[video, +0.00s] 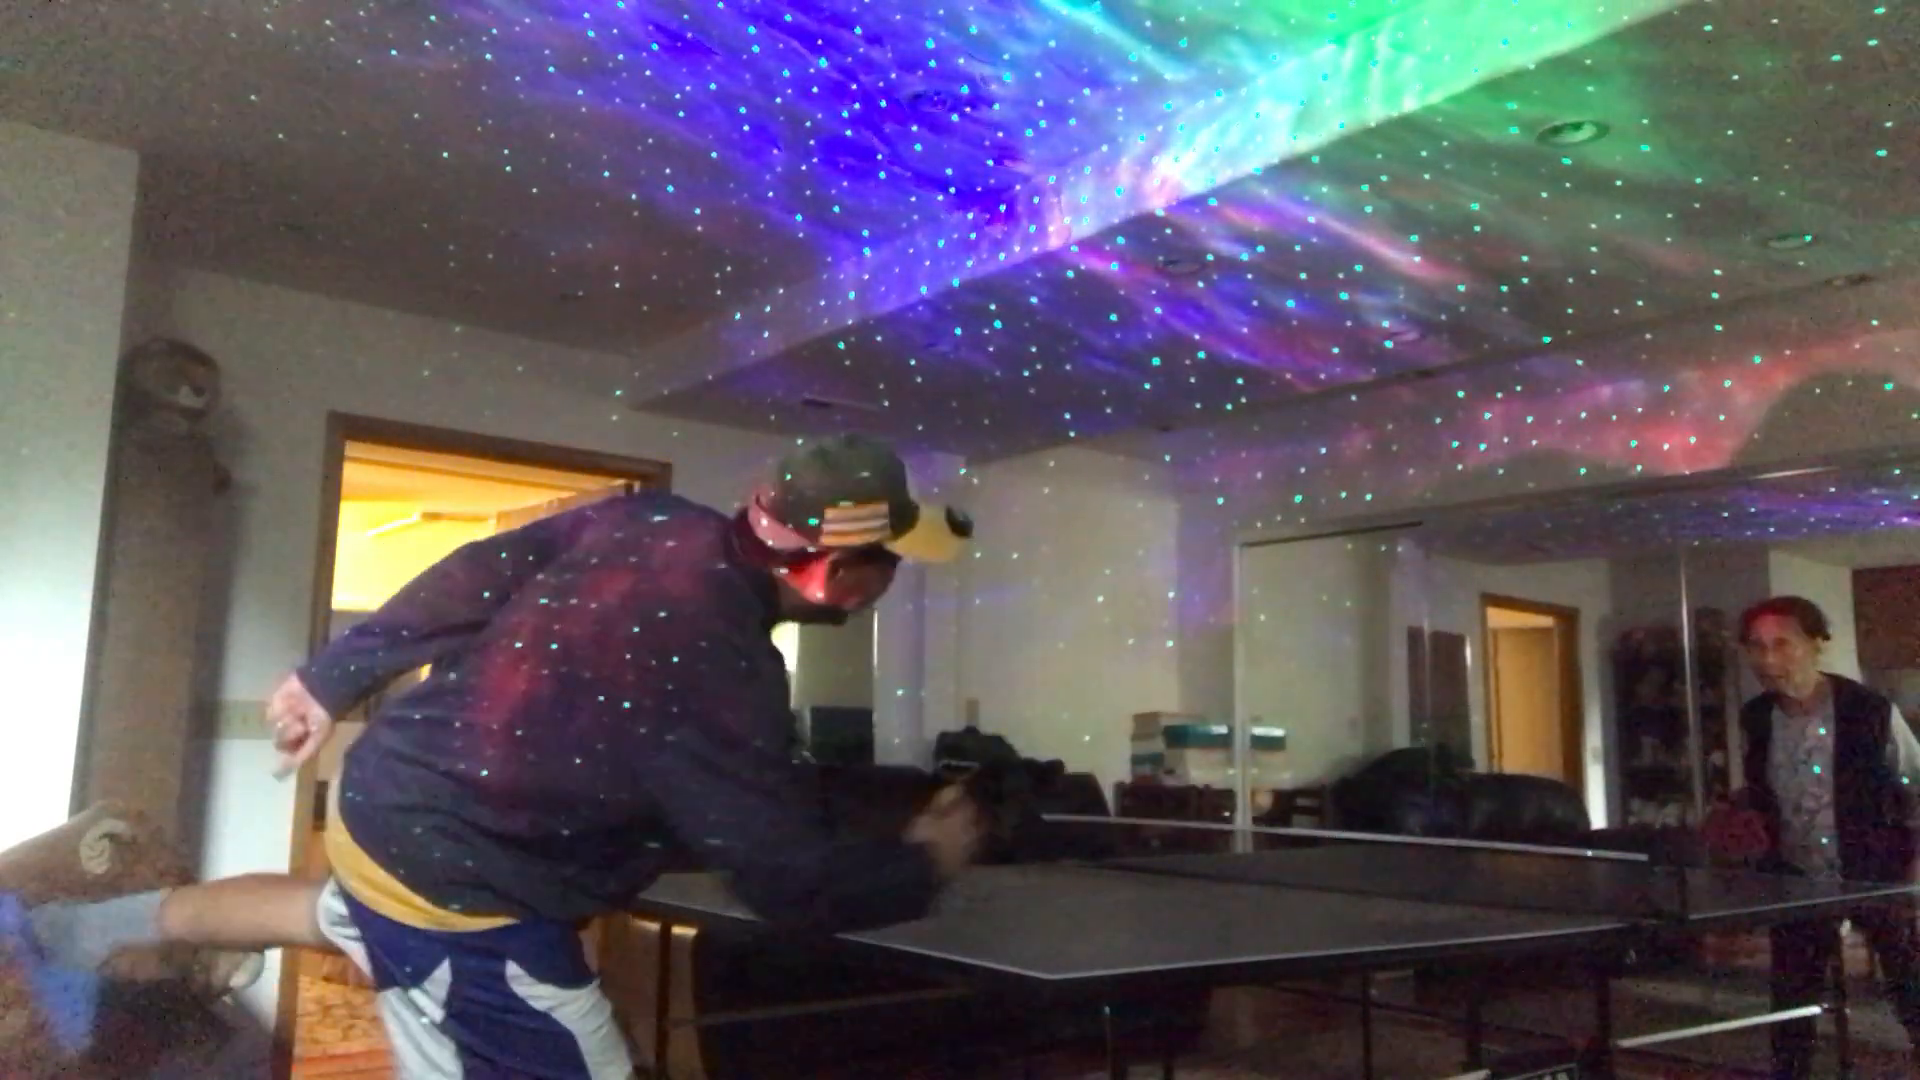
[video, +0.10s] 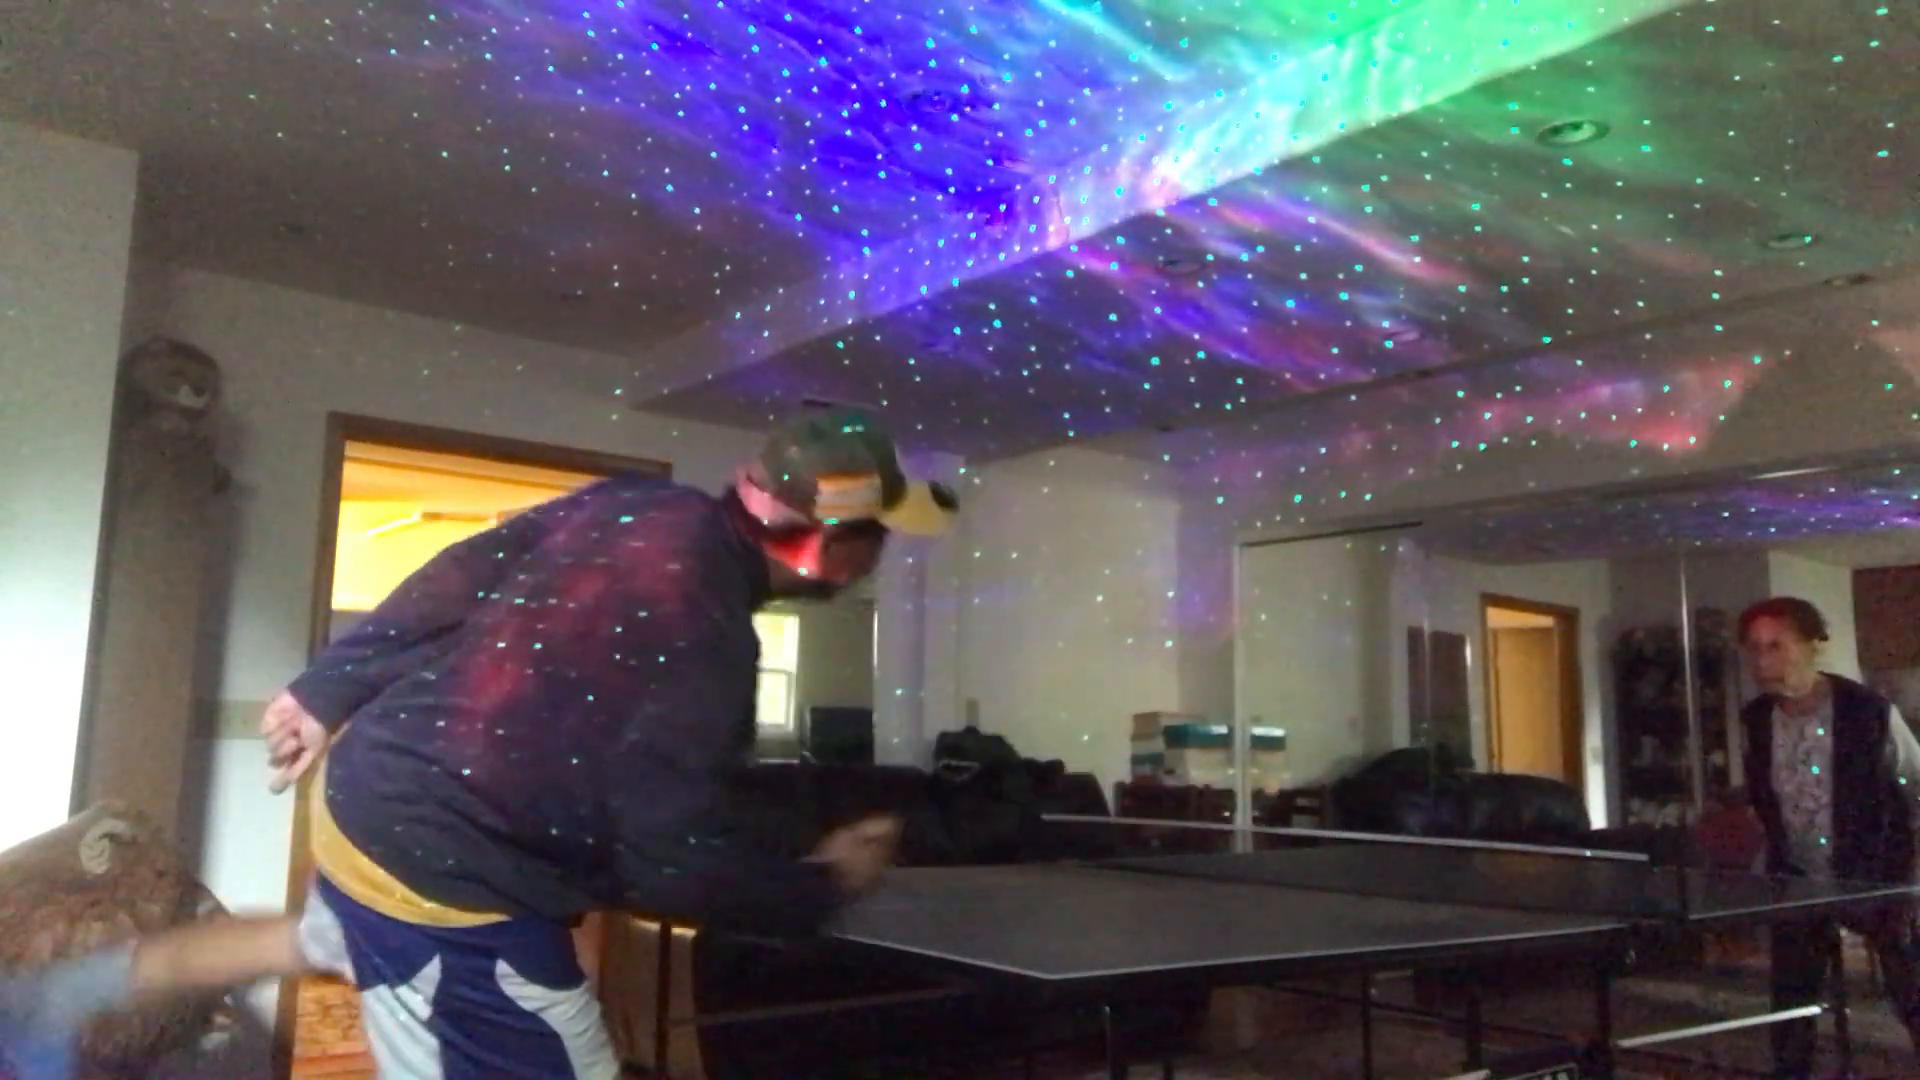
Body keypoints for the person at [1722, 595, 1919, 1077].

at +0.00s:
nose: (1769, 658)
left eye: (1782, 644)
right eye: (1758, 647)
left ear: (1815, 644)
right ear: (1749, 655)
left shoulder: (1867, 708)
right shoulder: (1756, 716)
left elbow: (1899, 795)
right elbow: (1759, 795)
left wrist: (1891, 866)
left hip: (1869, 876)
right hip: (1795, 880)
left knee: (1907, 983)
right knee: (1791, 991)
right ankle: (1790, 1070)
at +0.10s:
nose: (1762, 661)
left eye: (1774, 646)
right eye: (1754, 650)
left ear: (1812, 646)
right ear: (1748, 657)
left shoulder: (1867, 710)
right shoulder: (1757, 717)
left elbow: (1909, 796)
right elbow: (1759, 797)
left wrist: (1894, 883)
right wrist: (1784, 857)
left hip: (1868, 880)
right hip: (1795, 881)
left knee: (1910, 995)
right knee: (1790, 1000)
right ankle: (1791, 1069)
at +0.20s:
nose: (1761, 662)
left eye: (1773, 647)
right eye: (1751, 650)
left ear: (1809, 647)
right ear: (1742, 658)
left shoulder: (1865, 710)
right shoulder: (1753, 719)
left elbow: (1914, 790)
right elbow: (1755, 801)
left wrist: (1910, 889)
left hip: (1873, 877)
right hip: (1793, 880)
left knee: (1909, 990)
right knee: (1780, 993)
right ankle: (1783, 1073)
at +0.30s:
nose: (1757, 657)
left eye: (1770, 642)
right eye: (1750, 645)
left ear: (1810, 644)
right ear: (1744, 652)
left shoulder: (1864, 707)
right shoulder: (1752, 713)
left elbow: (1912, 792)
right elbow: (1752, 796)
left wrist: (1906, 886)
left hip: (1866, 876)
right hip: (1788, 879)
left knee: (1903, 989)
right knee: (1781, 998)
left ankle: (1918, 1055)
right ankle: (1784, 1074)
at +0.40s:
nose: (1751, 656)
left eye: (1764, 642)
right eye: (1746, 645)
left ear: (1808, 642)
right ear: (1743, 651)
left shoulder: (1863, 708)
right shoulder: (1751, 711)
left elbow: (1912, 795)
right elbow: (1748, 792)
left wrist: (1909, 887)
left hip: (1864, 876)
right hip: (1786, 878)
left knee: (1903, 986)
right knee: (1780, 993)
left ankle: (1919, 1056)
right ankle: (1784, 1072)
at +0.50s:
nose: (1741, 661)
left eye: (1752, 647)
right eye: (1737, 650)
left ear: (1796, 644)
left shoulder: (1859, 710)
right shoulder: (1752, 713)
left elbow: (1909, 799)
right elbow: (1750, 791)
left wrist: (1905, 889)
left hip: (1862, 874)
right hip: (1787, 876)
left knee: (1900, 981)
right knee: (1778, 987)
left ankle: (1918, 1051)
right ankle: (1785, 1068)